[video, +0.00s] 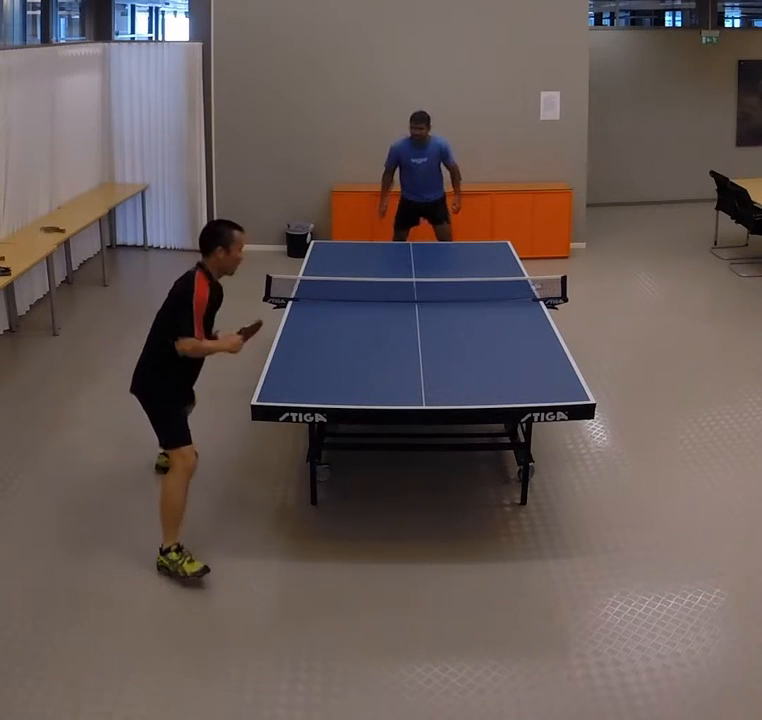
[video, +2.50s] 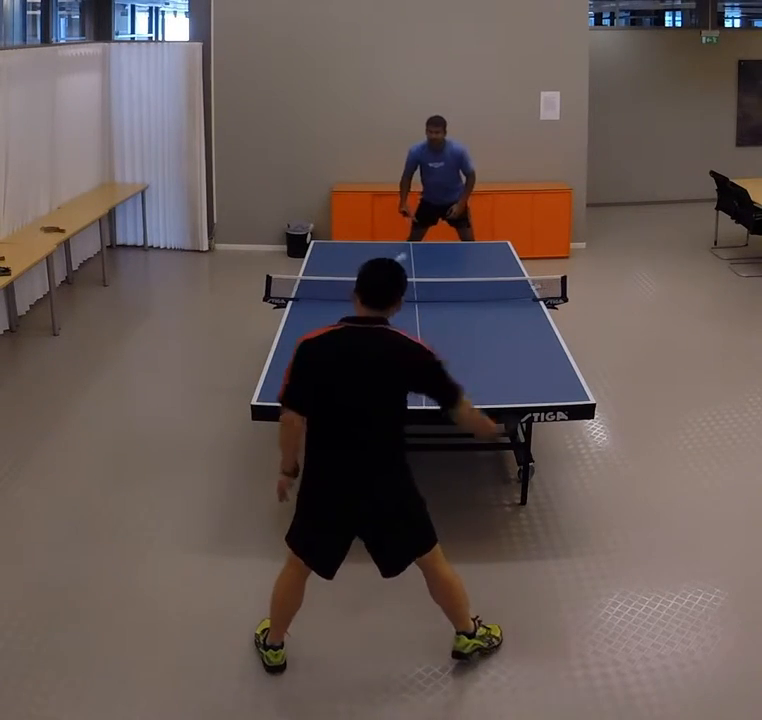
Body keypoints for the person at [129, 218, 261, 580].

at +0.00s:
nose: (242, 258)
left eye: (242, 251)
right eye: (239, 251)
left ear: (219, 252)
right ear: (219, 252)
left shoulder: (211, 285)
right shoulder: (194, 288)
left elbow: (200, 336)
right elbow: (183, 345)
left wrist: (233, 337)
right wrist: (222, 345)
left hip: (175, 378)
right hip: (156, 385)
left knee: (184, 408)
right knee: (184, 460)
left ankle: (165, 456)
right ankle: (169, 550)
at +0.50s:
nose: (286, 261)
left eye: (286, 253)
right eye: (280, 253)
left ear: (253, 257)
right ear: (254, 256)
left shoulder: (231, 285)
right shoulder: (236, 301)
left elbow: (202, 293)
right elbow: (250, 368)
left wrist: (198, 290)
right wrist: (301, 377)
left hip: (220, 406)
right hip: (193, 409)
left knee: (245, 470)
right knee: (189, 490)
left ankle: (243, 551)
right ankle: (170, 555)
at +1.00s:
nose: (381, 276)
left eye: (378, 270)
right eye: (381, 270)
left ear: (338, 273)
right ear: (377, 275)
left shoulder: (312, 317)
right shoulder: (377, 331)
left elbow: (273, 364)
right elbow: (373, 399)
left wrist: (248, 400)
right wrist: (415, 445)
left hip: (303, 444)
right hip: (345, 448)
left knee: (338, 508)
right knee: (398, 512)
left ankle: (327, 584)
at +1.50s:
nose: (438, 311)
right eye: (438, 306)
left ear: (393, 315)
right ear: (437, 314)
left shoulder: (369, 372)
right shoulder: (463, 373)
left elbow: (351, 440)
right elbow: (498, 431)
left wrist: (362, 476)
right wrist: (484, 446)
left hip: (379, 498)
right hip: (443, 500)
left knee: (326, 558)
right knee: (489, 551)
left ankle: (279, 636)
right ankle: (511, 638)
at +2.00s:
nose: (400, 314)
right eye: (399, 309)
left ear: (355, 314)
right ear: (400, 316)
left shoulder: (326, 373)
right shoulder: (421, 372)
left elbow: (300, 442)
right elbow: (457, 413)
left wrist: (289, 472)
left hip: (336, 505)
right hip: (402, 505)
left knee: (300, 563)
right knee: (447, 567)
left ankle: (274, 643)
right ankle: (476, 648)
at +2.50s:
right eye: (398, 298)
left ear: (355, 295)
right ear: (399, 302)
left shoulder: (313, 346)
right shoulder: (408, 352)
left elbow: (292, 416)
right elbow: (459, 409)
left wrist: (289, 469)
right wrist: (490, 429)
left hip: (326, 484)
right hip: (388, 484)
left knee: (297, 566)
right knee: (432, 563)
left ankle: (273, 643)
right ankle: (468, 635)